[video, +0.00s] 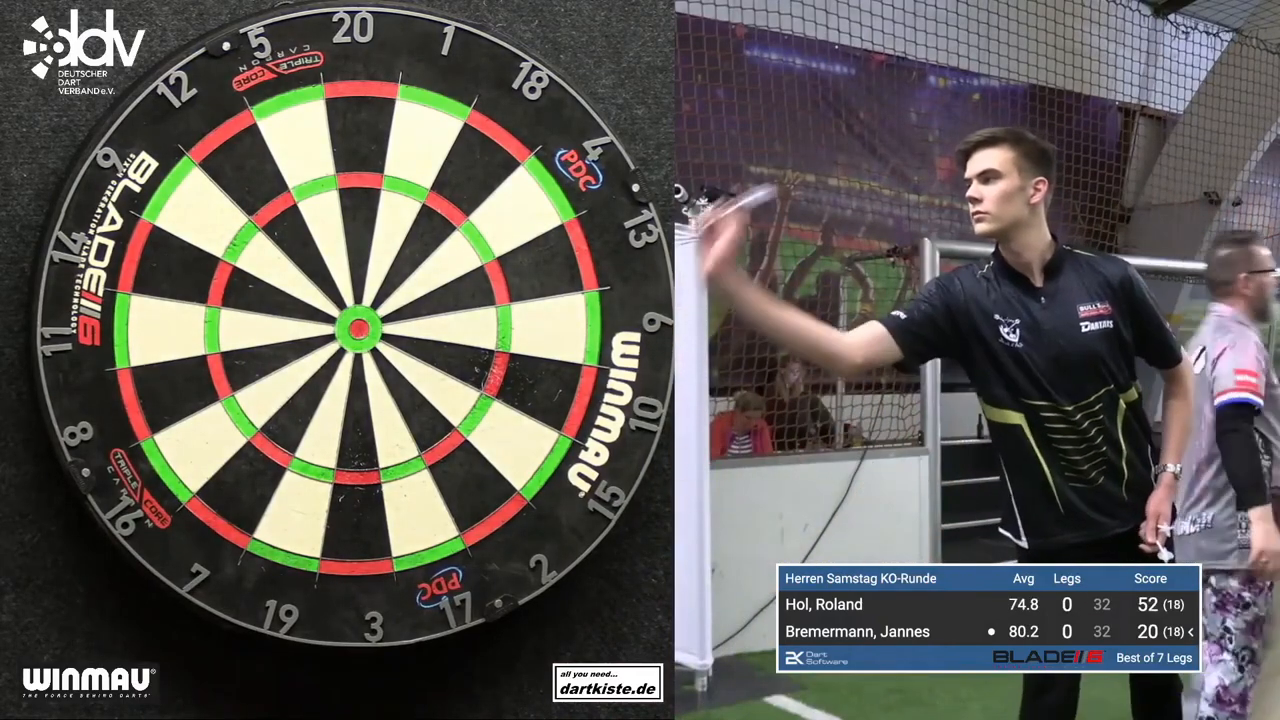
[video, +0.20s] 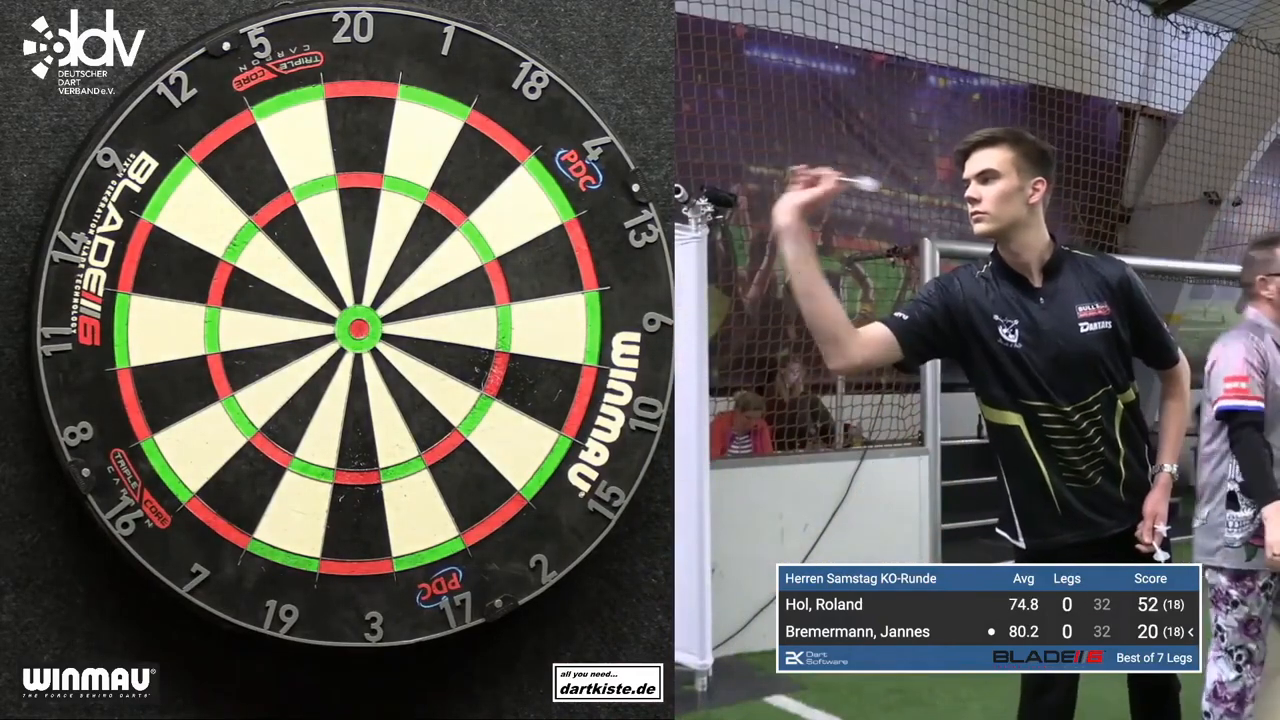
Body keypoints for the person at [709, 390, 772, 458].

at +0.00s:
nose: (752, 423)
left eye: (756, 418)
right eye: (748, 418)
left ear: (761, 417)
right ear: (737, 412)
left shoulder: (761, 426)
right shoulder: (719, 425)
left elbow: (768, 457)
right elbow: (713, 460)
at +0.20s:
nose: (752, 423)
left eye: (756, 418)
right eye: (748, 418)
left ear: (761, 417)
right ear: (737, 412)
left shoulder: (761, 426)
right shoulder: (719, 425)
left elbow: (768, 457)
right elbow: (713, 460)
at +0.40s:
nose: (752, 423)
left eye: (756, 418)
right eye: (748, 418)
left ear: (760, 417)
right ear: (737, 412)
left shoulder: (761, 426)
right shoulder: (719, 424)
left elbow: (768, 457)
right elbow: (713, 459)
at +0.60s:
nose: (753, 422)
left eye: (756, 418)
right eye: (748, 417)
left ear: (760, 416)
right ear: (737, 412)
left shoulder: (761, 426)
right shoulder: (719, 424)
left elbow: (768, 456)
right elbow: (713, 459)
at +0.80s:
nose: (753, 422)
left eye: (756, 418)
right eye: (747, 417)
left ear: (760, 416)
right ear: (737, 413)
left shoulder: (761, 426)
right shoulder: (719, 424)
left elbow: (768, 457)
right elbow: (713, 459)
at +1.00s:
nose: (752, 422)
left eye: (756, 418)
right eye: (747, 417)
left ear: (760, 416)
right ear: (737, 413)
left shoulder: (761, 426)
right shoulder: (719, 424)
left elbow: (768, 456)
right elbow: (713, 459)